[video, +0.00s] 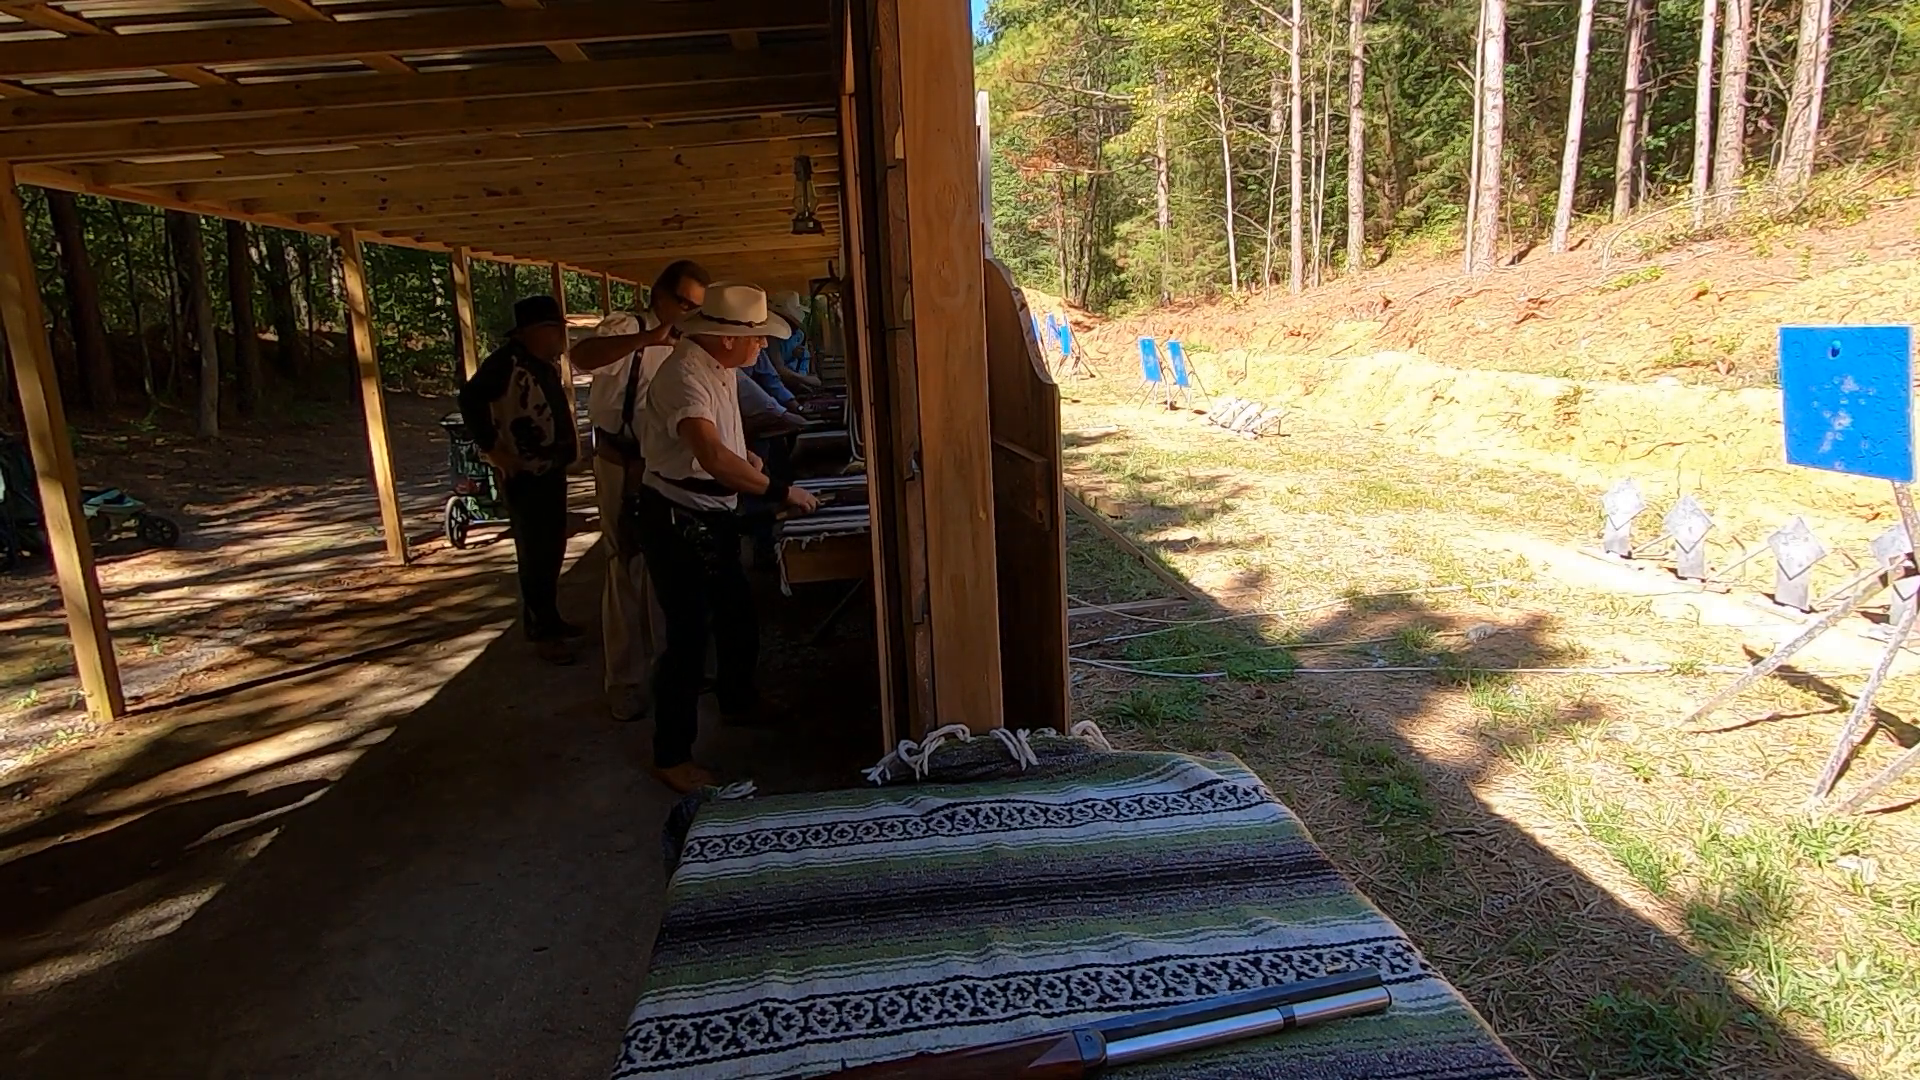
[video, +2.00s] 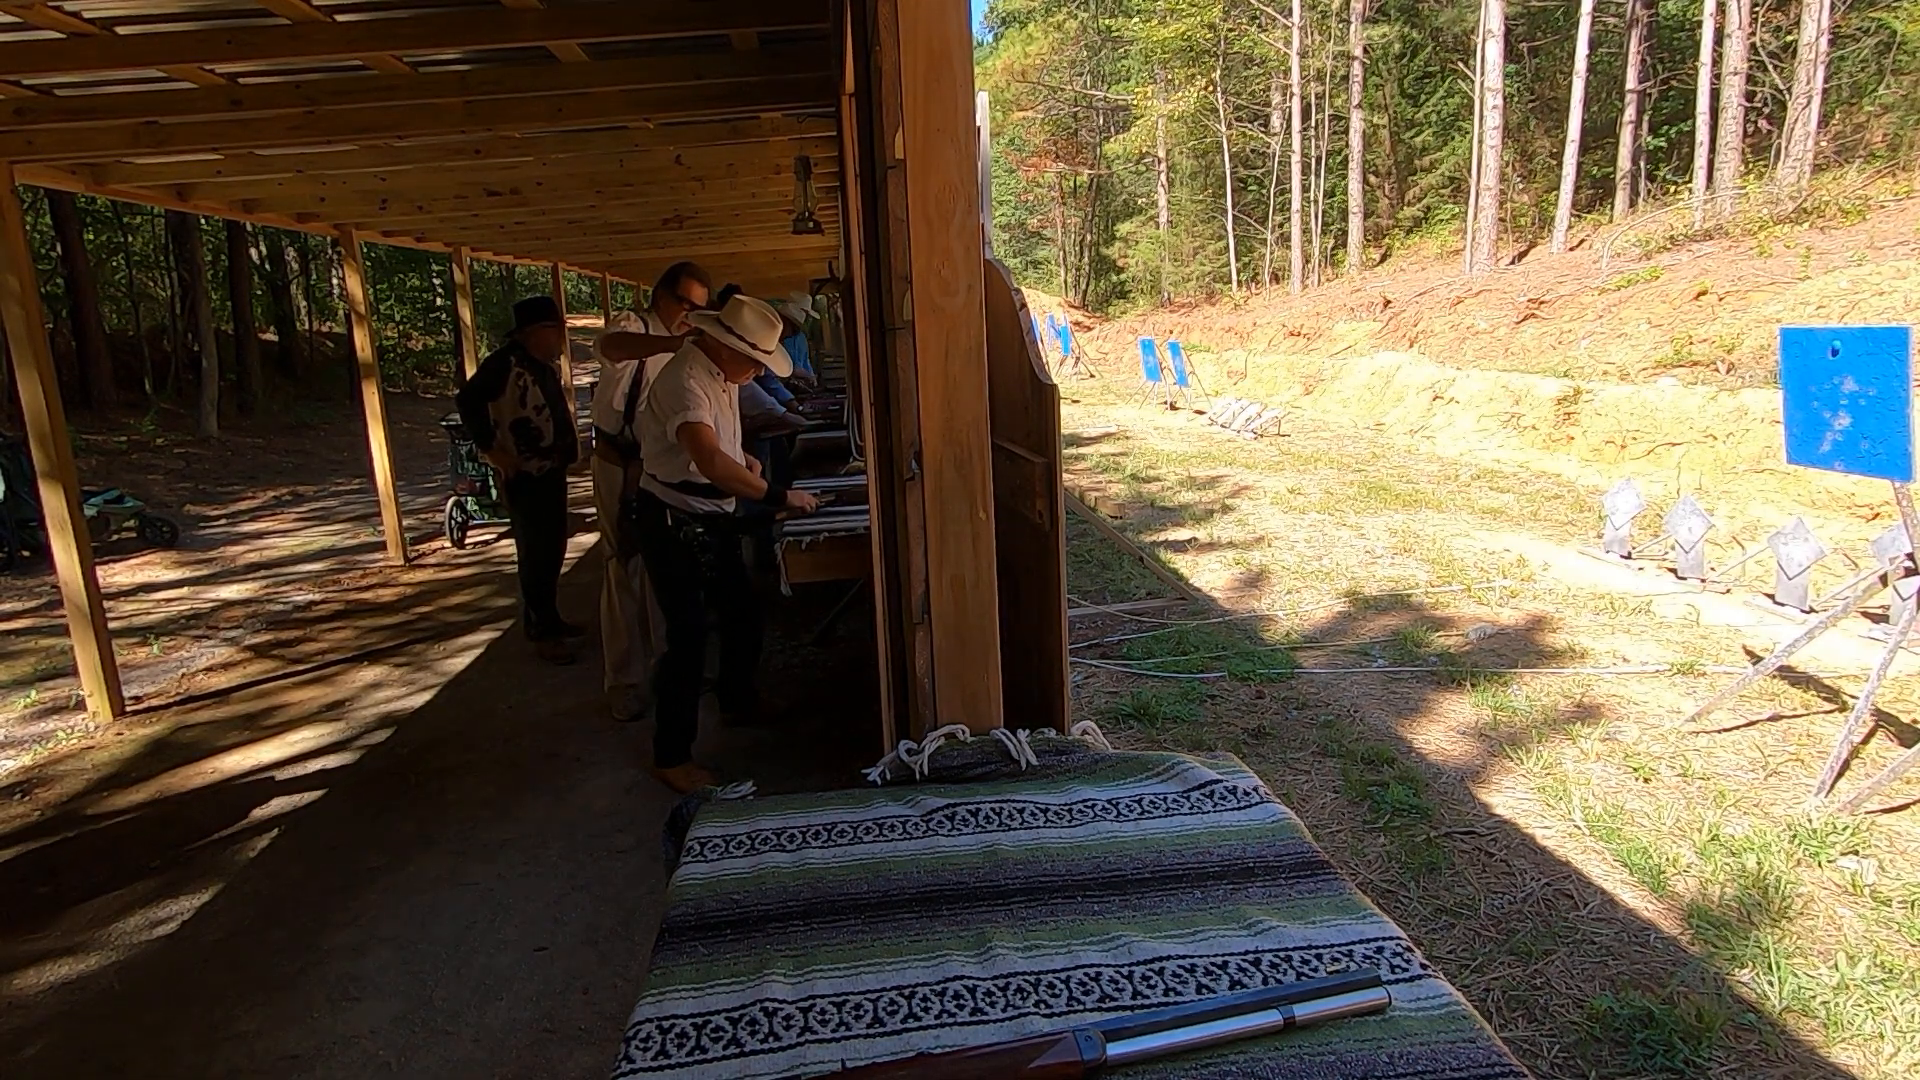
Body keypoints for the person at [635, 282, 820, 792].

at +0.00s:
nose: (762, 349)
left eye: (762, 340)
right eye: (758, 339)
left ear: (726, 337)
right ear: (731, 338)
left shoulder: (719, 373)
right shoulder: (686, 373)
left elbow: (728, 448)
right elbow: (711, 455)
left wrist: (764, 478)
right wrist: (780, 491)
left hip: (716, 515)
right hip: (677, 518)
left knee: (735, 617)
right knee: (688, 637)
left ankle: (740, 708)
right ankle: (672, 757)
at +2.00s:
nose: (756, 374)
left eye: (760, 367)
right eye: (755, 365)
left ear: (727, 348)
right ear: (730, 349)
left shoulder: (720, 378)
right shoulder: (685, 377)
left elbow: (723, 444)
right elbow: (707, 458)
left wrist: (747, 466)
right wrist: (777, 495)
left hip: (716, 516)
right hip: (673, 520)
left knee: (740, 614)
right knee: (689, 636)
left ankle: (739, 708)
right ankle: (672, 757)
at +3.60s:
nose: (758, 374)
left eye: (763, 366)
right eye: (757, 364)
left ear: (728, 348)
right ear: (731, 348)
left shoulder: (721, 377)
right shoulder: (686, 379)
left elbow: (725, 446)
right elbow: (711, 461)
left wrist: (750, 469)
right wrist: (781, 495)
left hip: (716, 516)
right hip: (673, 520)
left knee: (742, 611)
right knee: (690, 635)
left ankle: (740, 705)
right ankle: (672, 757)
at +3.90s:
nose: (757, 365)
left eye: (760, 357)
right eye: (755, 355)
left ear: (725, 342)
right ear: (729, 342)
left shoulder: (718, 369)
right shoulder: (692, 367)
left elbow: (719, 441)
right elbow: (720, 437)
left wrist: (760, 465)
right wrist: (782, 466)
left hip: (714, 511)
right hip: (674, 513)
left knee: (740, 610)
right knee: (693, 634)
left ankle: (739, 703)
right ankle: (673, 757)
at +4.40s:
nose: (750, 333)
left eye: (750, 324)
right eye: (743, 325)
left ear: (722, 324)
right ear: (712, 323)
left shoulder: (730, 359)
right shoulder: (669, 343)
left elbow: (757, 415)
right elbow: (702, 390)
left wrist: (784, 383)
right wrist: (755, 370)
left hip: (724, 508)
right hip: (674, 510)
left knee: (734, 615)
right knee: (682, 632)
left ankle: (739, 707)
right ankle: (672, 756)